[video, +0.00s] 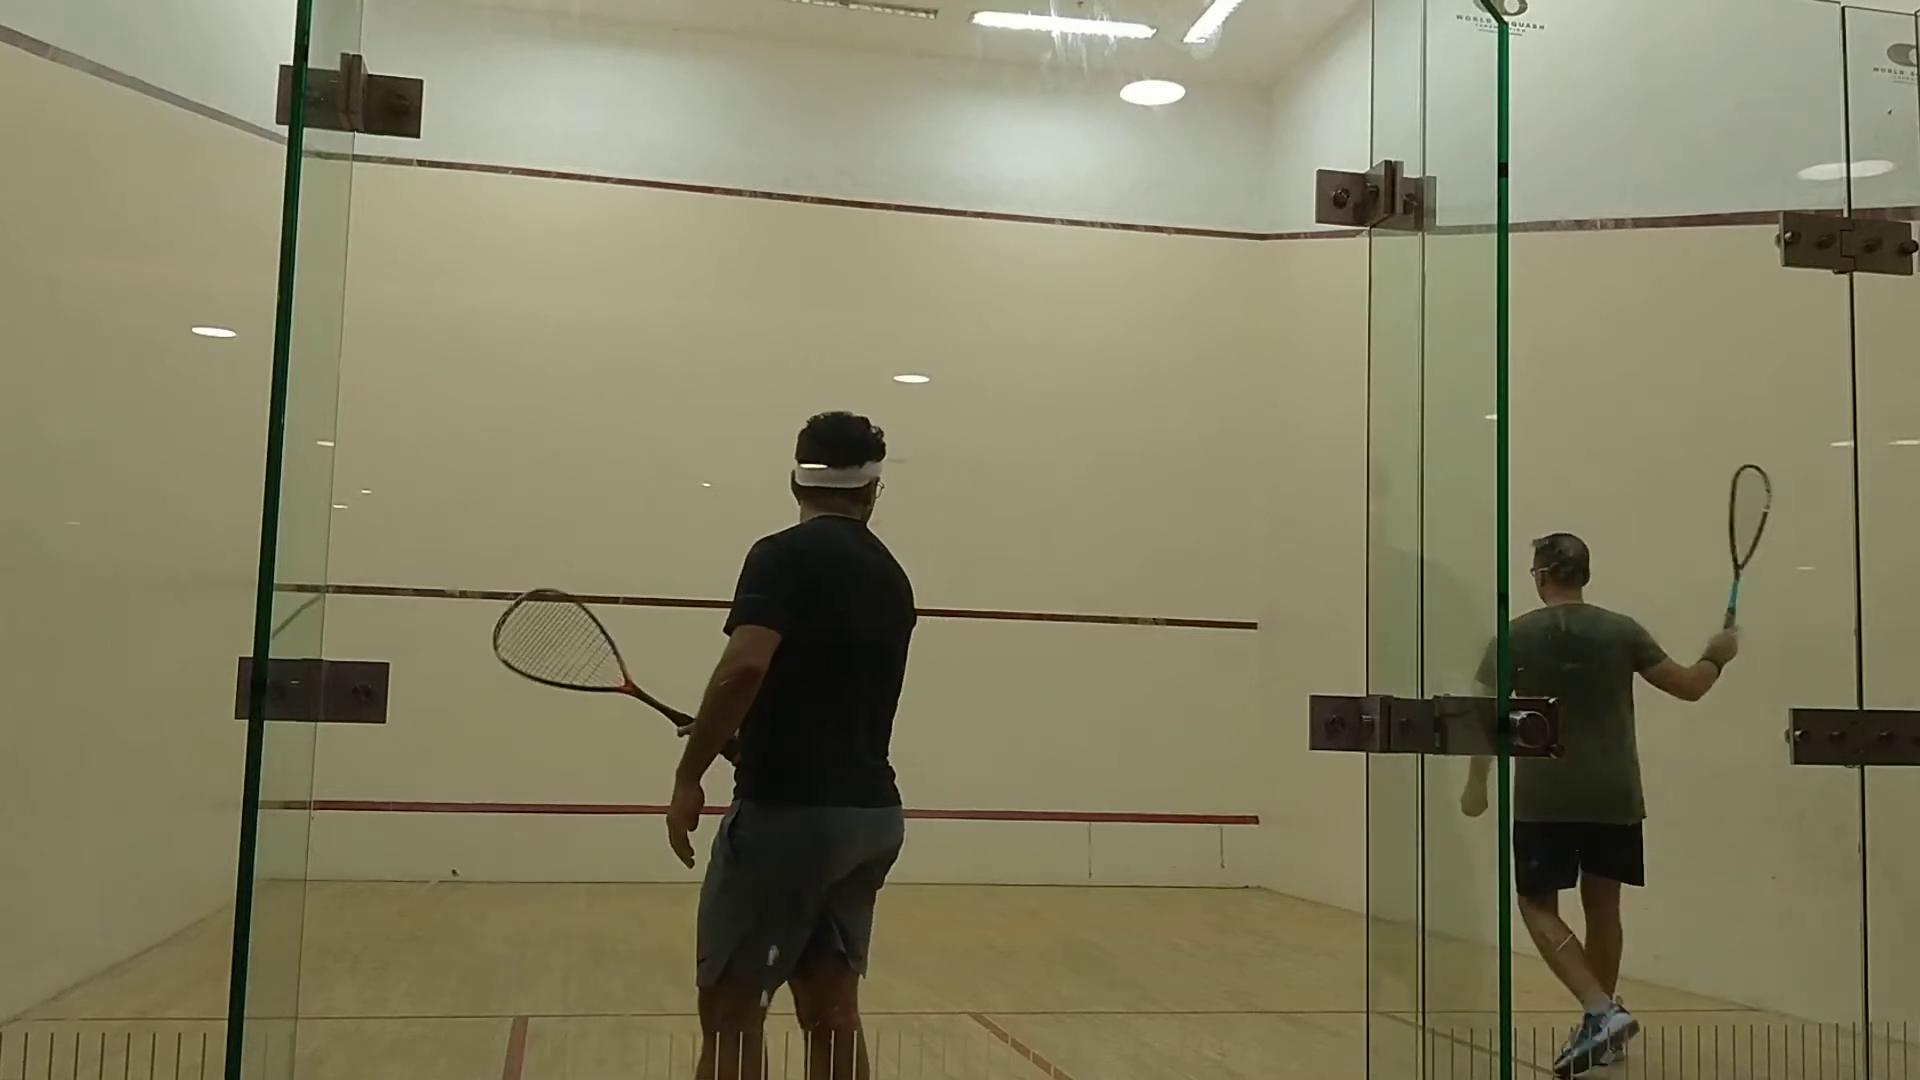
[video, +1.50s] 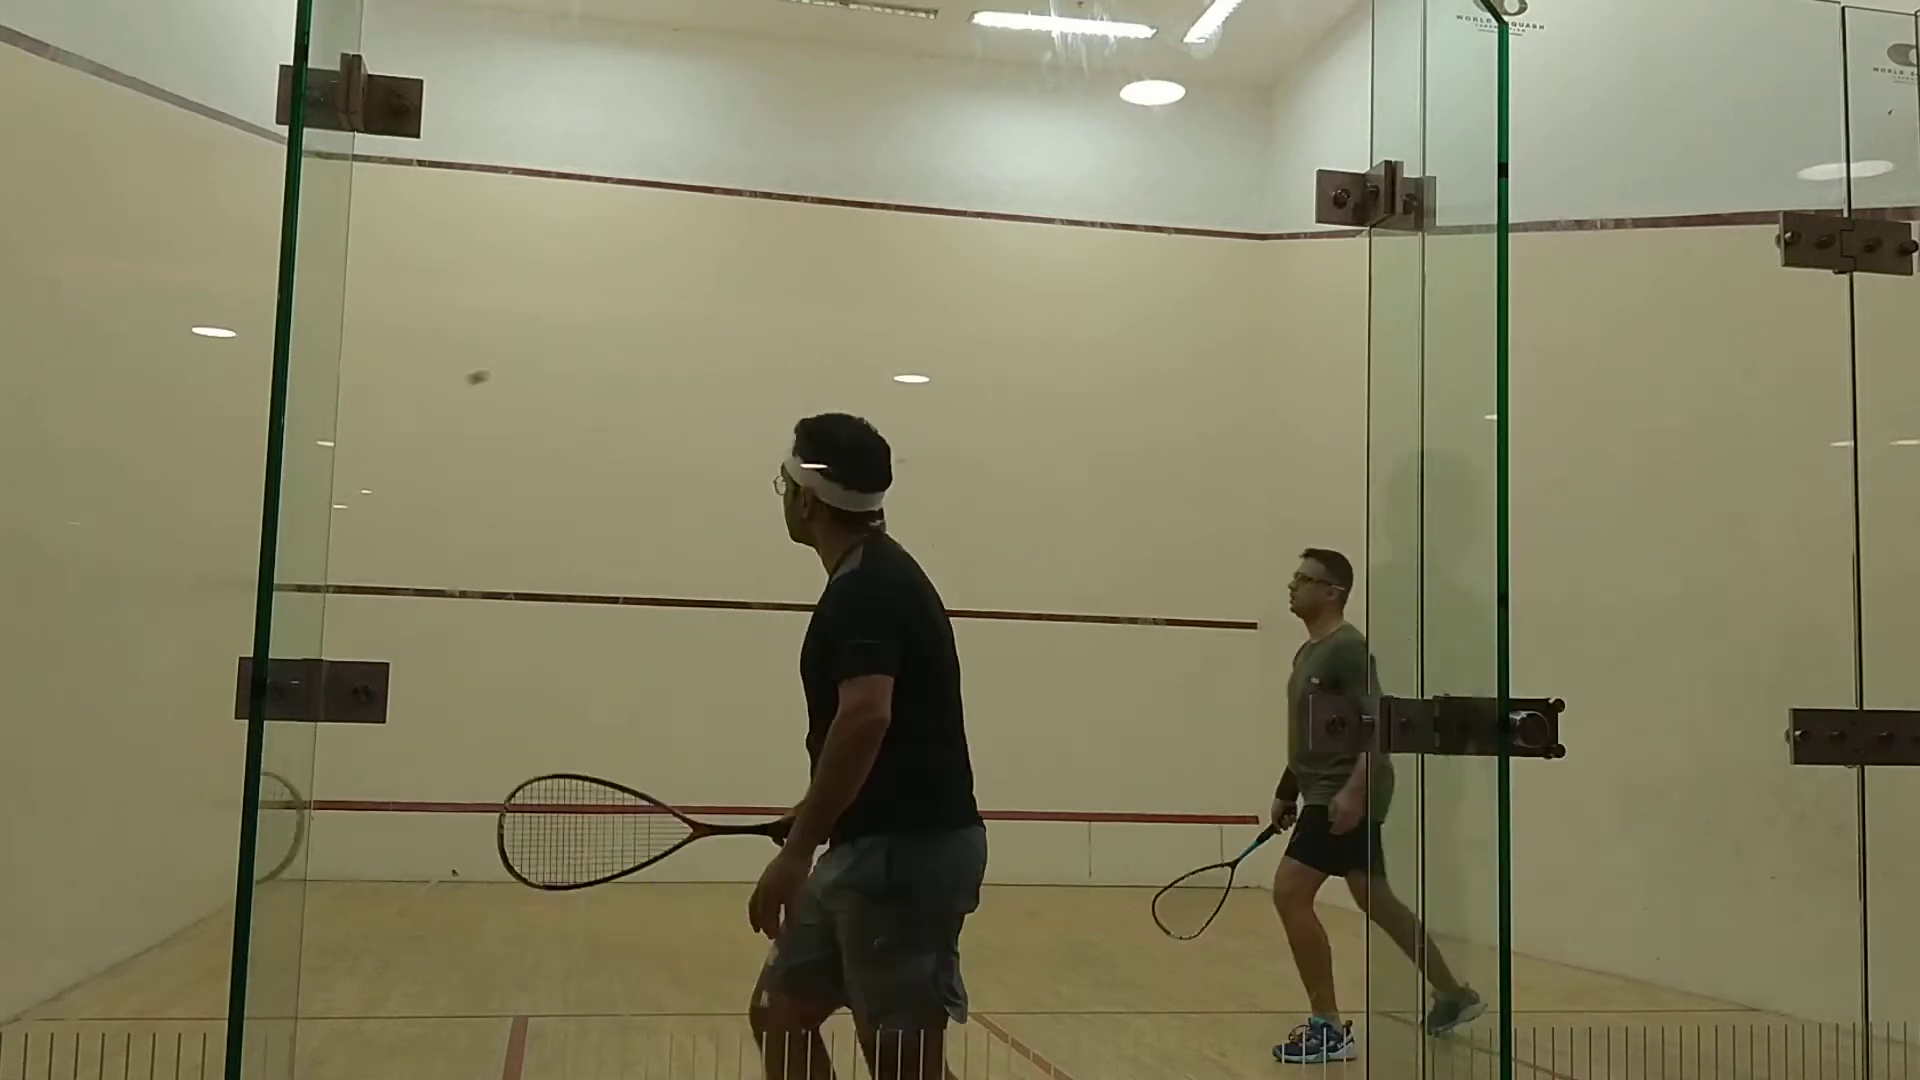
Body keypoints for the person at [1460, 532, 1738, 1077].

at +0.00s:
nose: (1533, 581)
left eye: (1534, 574)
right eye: (1538, 573)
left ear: (1541, 577)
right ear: (1585, 576)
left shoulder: (1512, 638)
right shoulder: (1620, 630)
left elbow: (1484, 716)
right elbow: (1690, 687)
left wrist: (1476, 783)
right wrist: (1717, 653)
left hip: (1540, 804)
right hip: (1613, 802)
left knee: (1538, 907)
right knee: (1603, 908)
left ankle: (1604, 1013)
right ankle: (1598, 1030)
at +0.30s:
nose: (1560, 582)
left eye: (1537, 571)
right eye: (1570, 575)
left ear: (1525, 575)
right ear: (1572, 578)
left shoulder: (1491, 627)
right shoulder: (1586, 630)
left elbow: (1474, 700)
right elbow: (1666, 670)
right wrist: (1678, 621)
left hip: (1494, 788)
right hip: (1567, 792)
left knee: (1478, 884)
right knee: (1584, 901)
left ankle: (1477, 1001)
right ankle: (1594, 1030)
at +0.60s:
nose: (1504, 611)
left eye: (1489, 599)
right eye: (1510, 603)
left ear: (1469, 600)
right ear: (1513, 608)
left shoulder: (1424, 647)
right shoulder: (1516, 667)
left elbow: (1376, 700)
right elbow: (1585, 697)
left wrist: (1412, 727)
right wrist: (1613, 654)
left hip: (1418, 793)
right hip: (1487, 799)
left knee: (1401, 880)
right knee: (1530, 908)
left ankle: (1398, 997)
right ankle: (1579, 1029)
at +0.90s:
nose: (1378, 593)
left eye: (1381, 586)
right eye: (1382, 586)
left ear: (1392, 589)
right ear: (1422, 591)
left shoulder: (1400, 638)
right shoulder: (1438, 640)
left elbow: (1387, 704)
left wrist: (1347, 745)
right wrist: (1329, 742)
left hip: (1408, 792)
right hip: (1448, 792)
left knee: (1393, 889)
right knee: (1434, 894)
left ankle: (1396, 995)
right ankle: (1461, 1006)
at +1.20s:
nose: (1349, 584)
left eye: (1355, 577)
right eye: (1352, 577)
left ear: (1376, 588)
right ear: (1378, 588)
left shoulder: (1411, 639)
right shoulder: (1372, 647)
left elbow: (1448, 700)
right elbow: (1361, 716)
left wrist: (1444, 764)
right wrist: (1326, 767)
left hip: (1407, 789)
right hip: (1390, 786)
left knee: (1331, 867)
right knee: (1415, 892)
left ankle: (1358, 990)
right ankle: (1476, 1005)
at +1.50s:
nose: (1291, 586)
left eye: (1302, 580)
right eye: (1294, 579)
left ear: (1332, 593)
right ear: (1318, 592)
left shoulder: (1348, 648)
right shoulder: (1310, 650)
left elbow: (1376, 727)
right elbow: (1308, 735)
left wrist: (1355, 790)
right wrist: (1286, 793)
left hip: (1341, 797)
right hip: (1337, 794)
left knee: (1290, 895)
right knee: (1378, 900)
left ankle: (1328, 1026)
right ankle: (1453, 992)